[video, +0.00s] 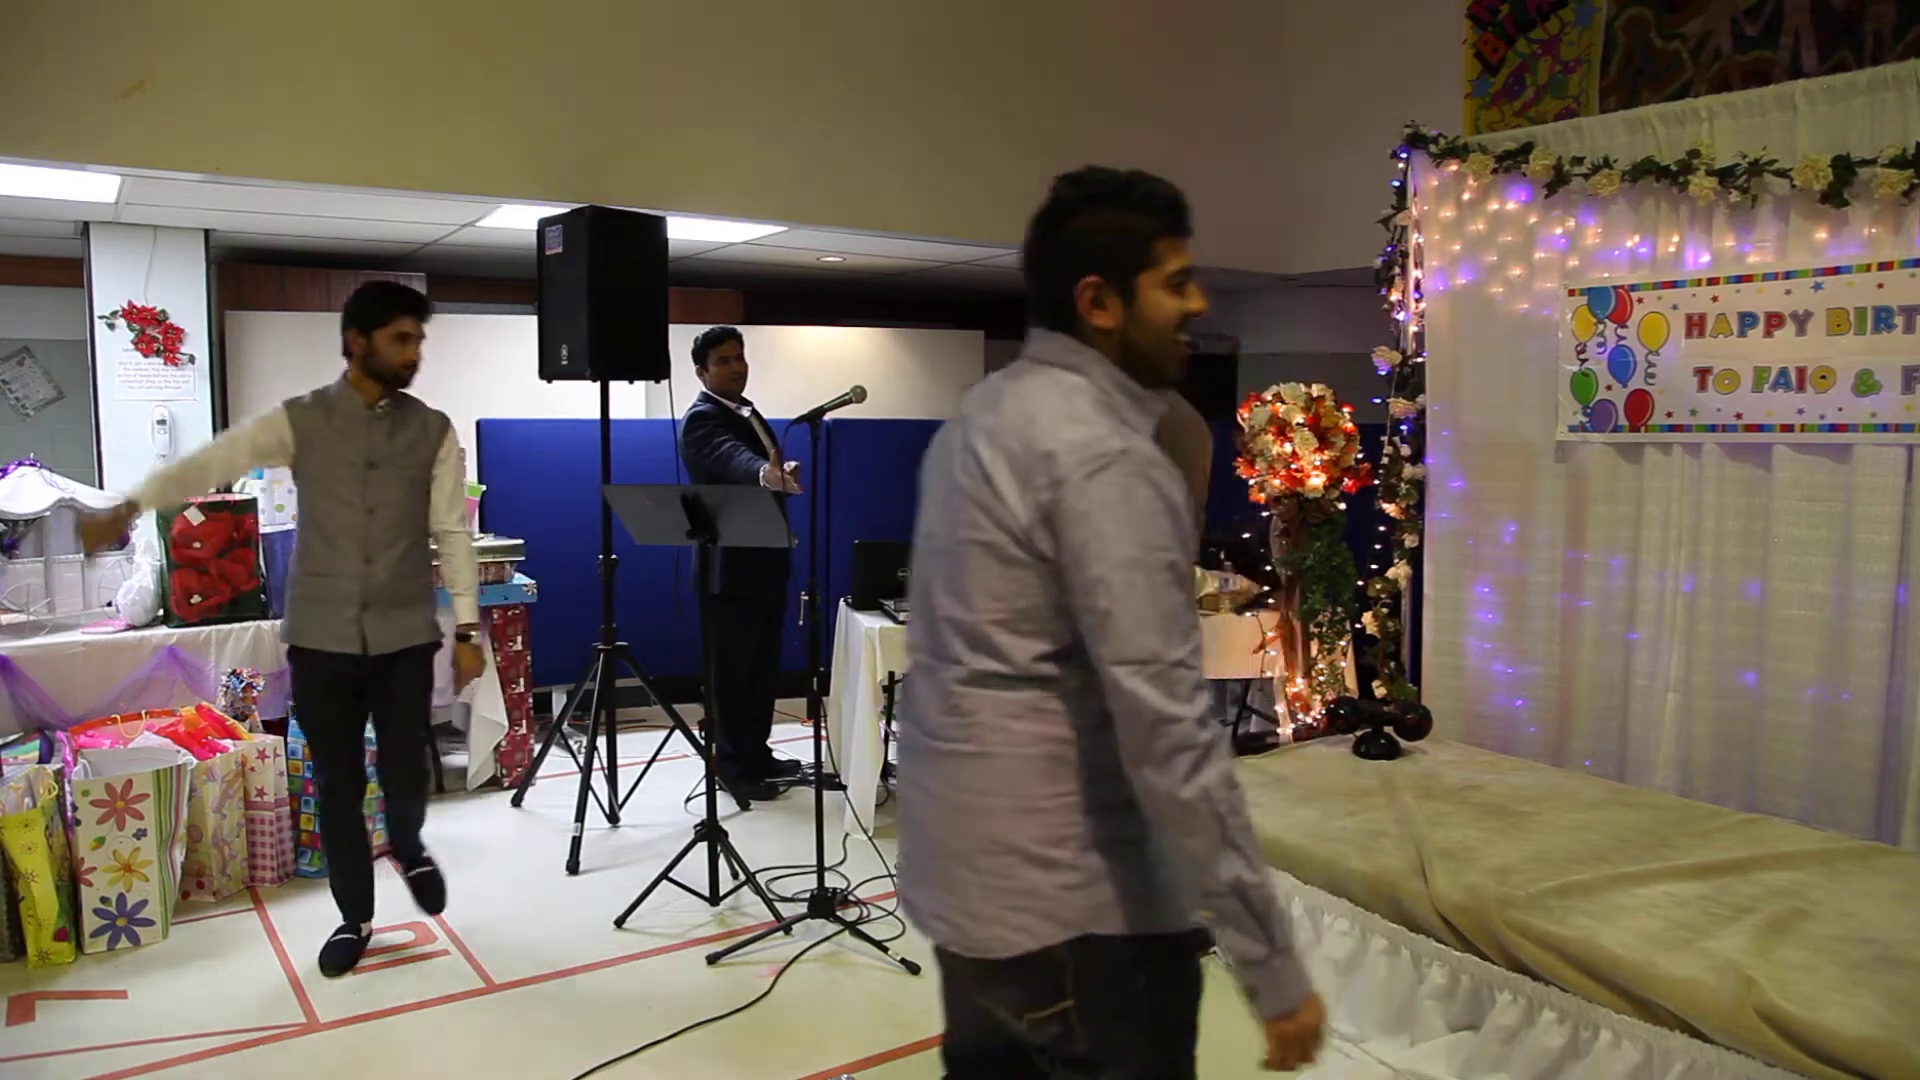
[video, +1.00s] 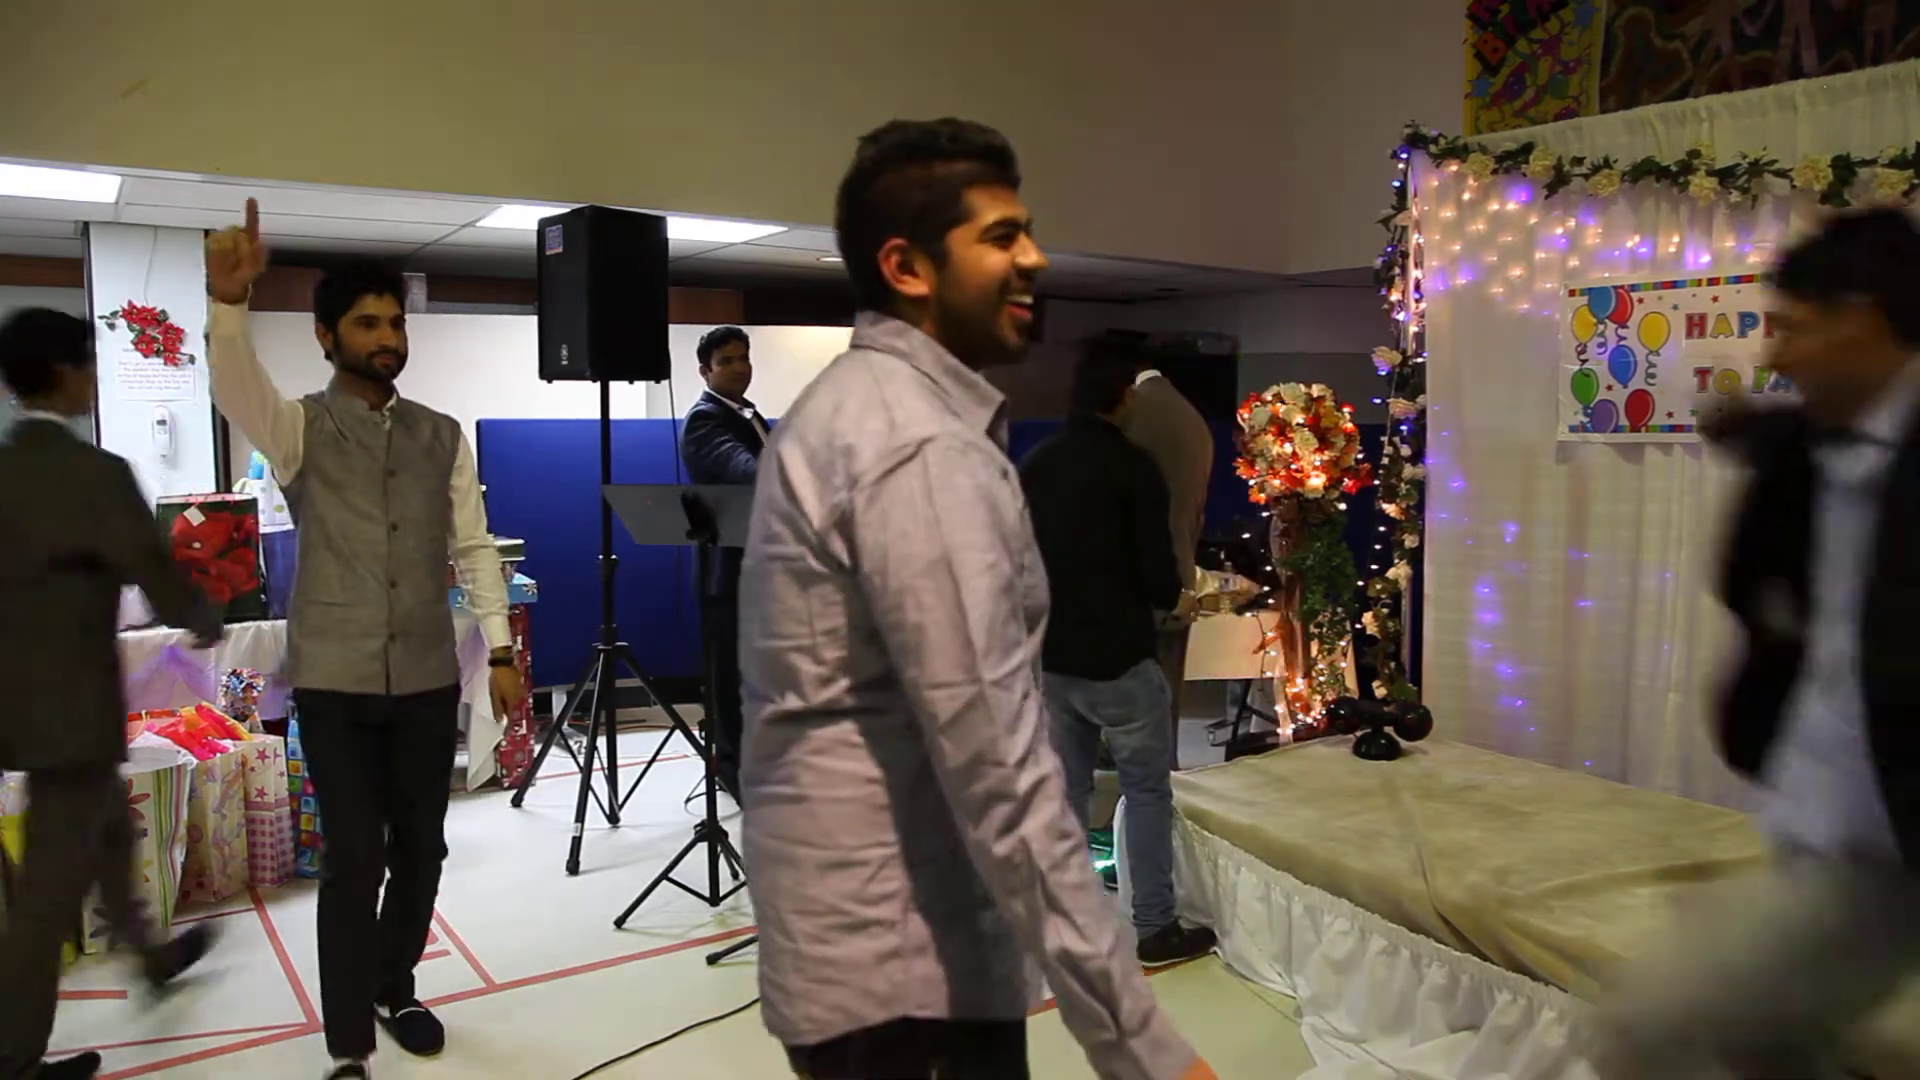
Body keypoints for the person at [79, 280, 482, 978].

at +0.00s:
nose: (415, 353)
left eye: (419, 340)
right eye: (401, 340)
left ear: (419, 342)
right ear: (357, 342)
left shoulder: (433, 432)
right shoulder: (303, 420)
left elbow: (454, 533)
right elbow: (214, 460)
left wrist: (468, 628)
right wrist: (129, 506)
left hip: (405, 632)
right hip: (322, 633)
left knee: (406, 766)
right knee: (337, 783)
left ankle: (408, 845)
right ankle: (353, 916)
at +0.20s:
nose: (381, 350)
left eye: (389, 338)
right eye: (365, 337)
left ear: (396, 344)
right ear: (326, 342)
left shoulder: (421, 435)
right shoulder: (287, 423)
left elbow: (442, 540)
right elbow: (196, 438)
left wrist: (453, 636)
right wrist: (131, 420)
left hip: (392, 643)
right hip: (307, 644)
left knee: (392, 791)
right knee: (327, 796)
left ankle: (401, 925)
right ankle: (353, 917)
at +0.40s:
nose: (373, 340)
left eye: (381, 328)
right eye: (355, 327)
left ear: (389, 338)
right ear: (317, 337)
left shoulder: (418, 427)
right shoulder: (282, 418)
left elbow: (446, 535)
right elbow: (200, 409)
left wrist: (461, 629)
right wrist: (161, 359)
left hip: (398, 648)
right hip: (309, 650)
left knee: (395, 810)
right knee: (328, 804)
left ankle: (399, 979)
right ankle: (354, 914)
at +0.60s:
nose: (379, 338)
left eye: (385, 325)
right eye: (361, 325)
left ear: (396, 336)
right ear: (319, 340)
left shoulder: (430, 432)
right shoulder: (292, 423)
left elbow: (460, 541)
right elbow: (224, 395)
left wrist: (478, 640)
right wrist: (197, 316)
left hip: (413, 658)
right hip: (323, 661)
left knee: (407, 829)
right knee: (335, 828)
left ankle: (398, 987)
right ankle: (337, 908)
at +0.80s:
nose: (384, 330)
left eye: (392, 316)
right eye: (365, 317)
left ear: (403, 327)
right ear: (325, 331)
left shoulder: (439, 422)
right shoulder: (300, 413)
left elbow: (469, 531)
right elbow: (239, 377)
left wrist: (491, 632)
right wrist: (221, 297)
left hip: (423, 657)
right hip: (332, 659)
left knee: (415, 833)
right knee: (347, 832)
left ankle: (397, 989)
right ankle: (338, 991)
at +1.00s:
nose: (387, 336)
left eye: (395, 323)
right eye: (369, 323)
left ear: (406, 336)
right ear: (328, 334)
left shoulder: (443, 435)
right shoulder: (299, 429)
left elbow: (476, 548)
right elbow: (239, 386)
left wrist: (499, 645)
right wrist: (229, 298)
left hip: (427, 677)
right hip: (334, 680)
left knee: (422, 851)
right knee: (353, 856)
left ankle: (394, 986)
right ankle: (347, 1043)